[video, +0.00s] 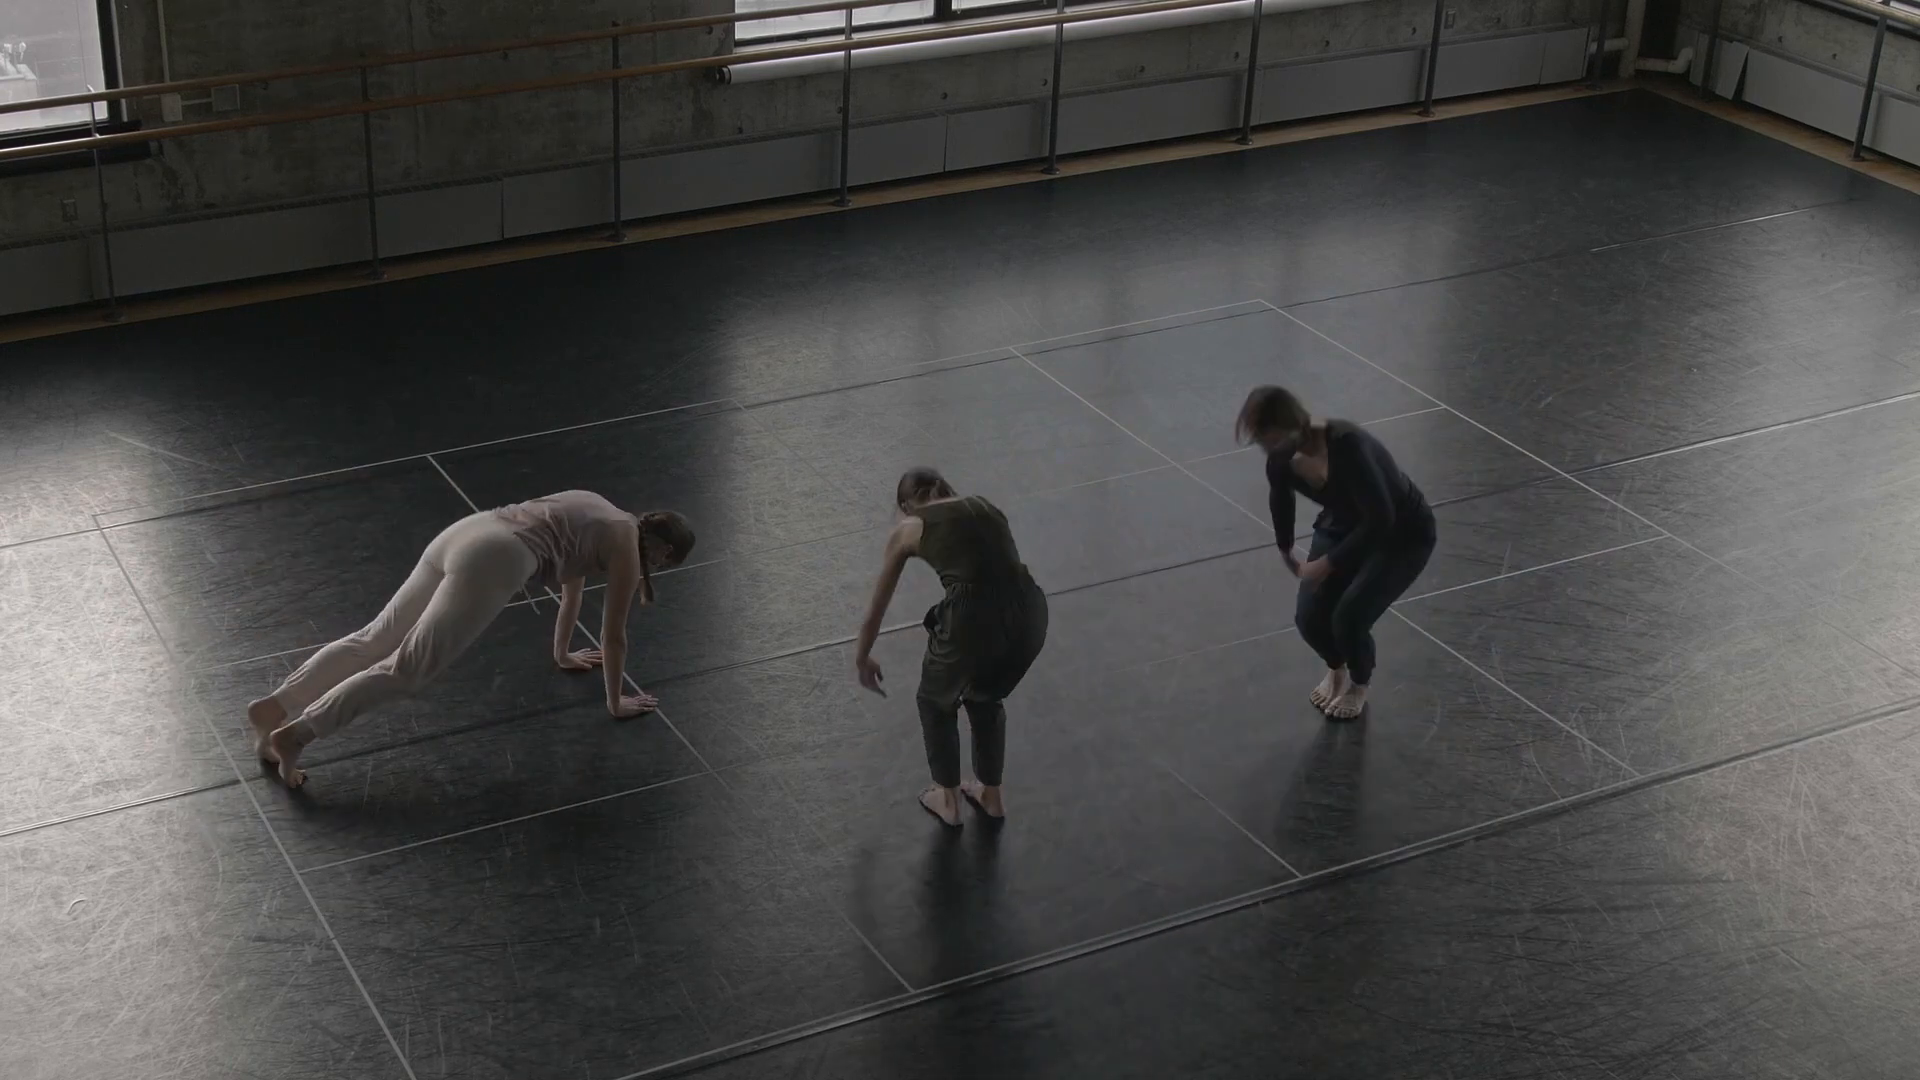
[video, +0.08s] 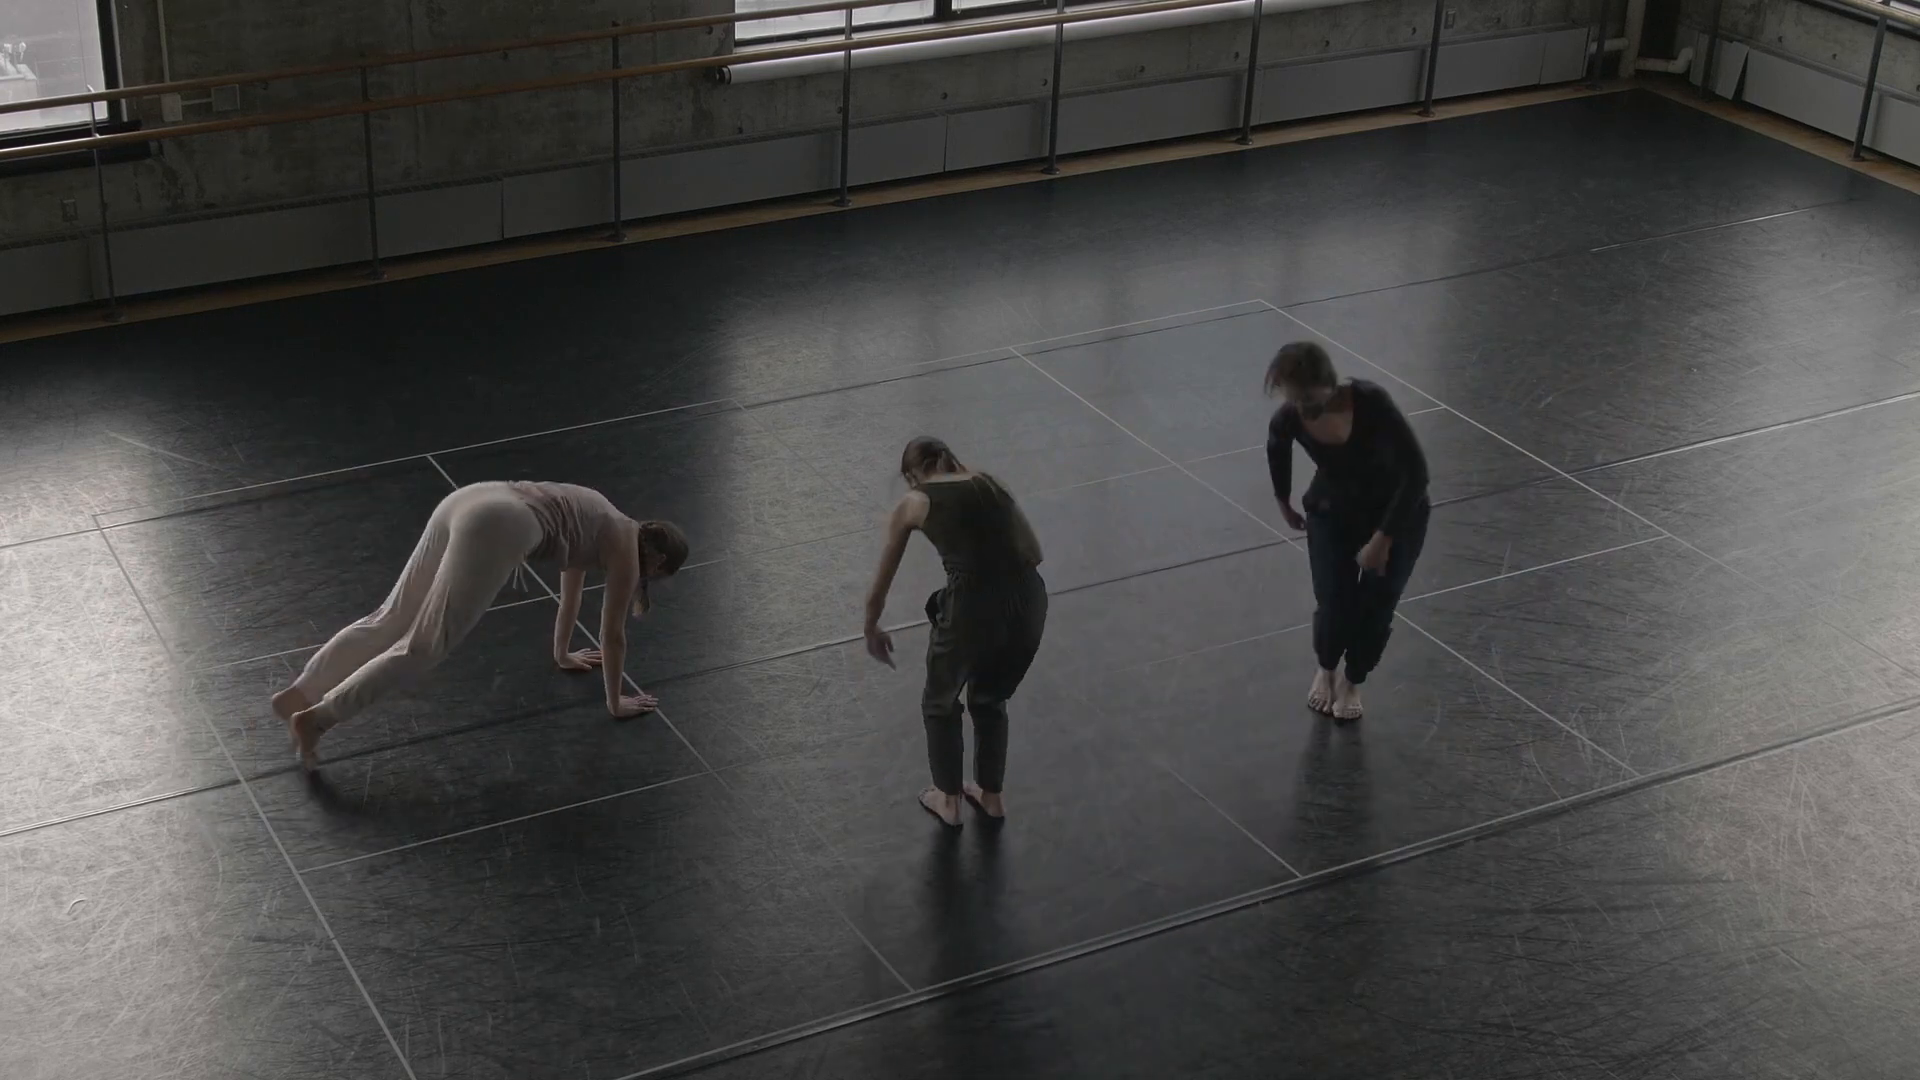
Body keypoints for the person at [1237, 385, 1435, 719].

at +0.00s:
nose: (1266, 448)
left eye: (1270, 438)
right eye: (1261, 441)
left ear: (1290, 427)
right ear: (1263, 435)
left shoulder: (1348, 444)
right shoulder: (1281, 462)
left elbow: (1382, 519)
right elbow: (1282, 504)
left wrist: (1329, 563)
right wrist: (1286, 550)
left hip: (1404, 530)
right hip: (1343, 526)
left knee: (1348, 617)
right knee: (1309, 616)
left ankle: (1359, 684)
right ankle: (1337, 670)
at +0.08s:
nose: (1301, 408)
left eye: (1309, 399)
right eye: (1293, 400)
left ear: (1328, 387)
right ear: (1285, 392)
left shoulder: (1371, 402)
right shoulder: (1287, 421)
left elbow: (1416, 473)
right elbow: (1278, 454)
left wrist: (1384, 537)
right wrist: (1284, 502)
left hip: (1395, 504)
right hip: (1334, 504)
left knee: (1377, 602)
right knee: (1333, 596)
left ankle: (1350, 682)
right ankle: (1325, 672)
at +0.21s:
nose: (1352, 350)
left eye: (1361, 341)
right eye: (1343, 342)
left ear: (1376, 333)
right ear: (1327, 333)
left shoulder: (1405, 355)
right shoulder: (1314, 362)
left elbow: (1446, 417)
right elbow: (1275, 387)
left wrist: (1447, 494)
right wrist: (1272, 448)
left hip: (1391, 482)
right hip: (1328, 483)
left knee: (1387, 592)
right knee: (1352, 589)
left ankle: (1353, 680)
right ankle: (1324, 688)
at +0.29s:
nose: (1375, 328)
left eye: (1384, 320)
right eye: (1366, 320)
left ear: (1397, 308)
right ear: (1346, 308)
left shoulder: (1415, 334)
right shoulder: (1323, 340)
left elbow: (1449, 395)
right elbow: (1277, 373)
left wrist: (1463, 468)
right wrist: (1264, 434)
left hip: (1390, 469)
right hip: (1330, 470)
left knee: (1379, 585)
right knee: (1347, 581)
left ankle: (1345, 679)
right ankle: (1324, 688)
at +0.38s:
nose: (1393, 313)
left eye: (1401, 303)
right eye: (1383, 305)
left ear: (1410, 294)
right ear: (1360, 294)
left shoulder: (1418, 324)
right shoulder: (1332, 330)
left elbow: (1448, 386)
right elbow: (1280, 367)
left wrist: (1470, 456)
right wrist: (1261, 432)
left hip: (1389, 467)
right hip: (1334, 468)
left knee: (1365, 583)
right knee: (1335, 581)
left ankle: (1340, 681)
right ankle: (1319, 689)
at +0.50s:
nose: (1403, 300)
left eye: (1410, 291)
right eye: (1395, 290)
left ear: (1415, 285)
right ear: (1370, 279)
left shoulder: (1413, 322)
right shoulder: (1337, 326)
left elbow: (1441, 388)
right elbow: (1286, 377)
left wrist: (1473, 454)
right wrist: (1259, 441)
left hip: (1385, 469)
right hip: (1334, 470)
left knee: (1357, 581)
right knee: (1328, 581)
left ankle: (1338, 683)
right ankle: (1313, 691)